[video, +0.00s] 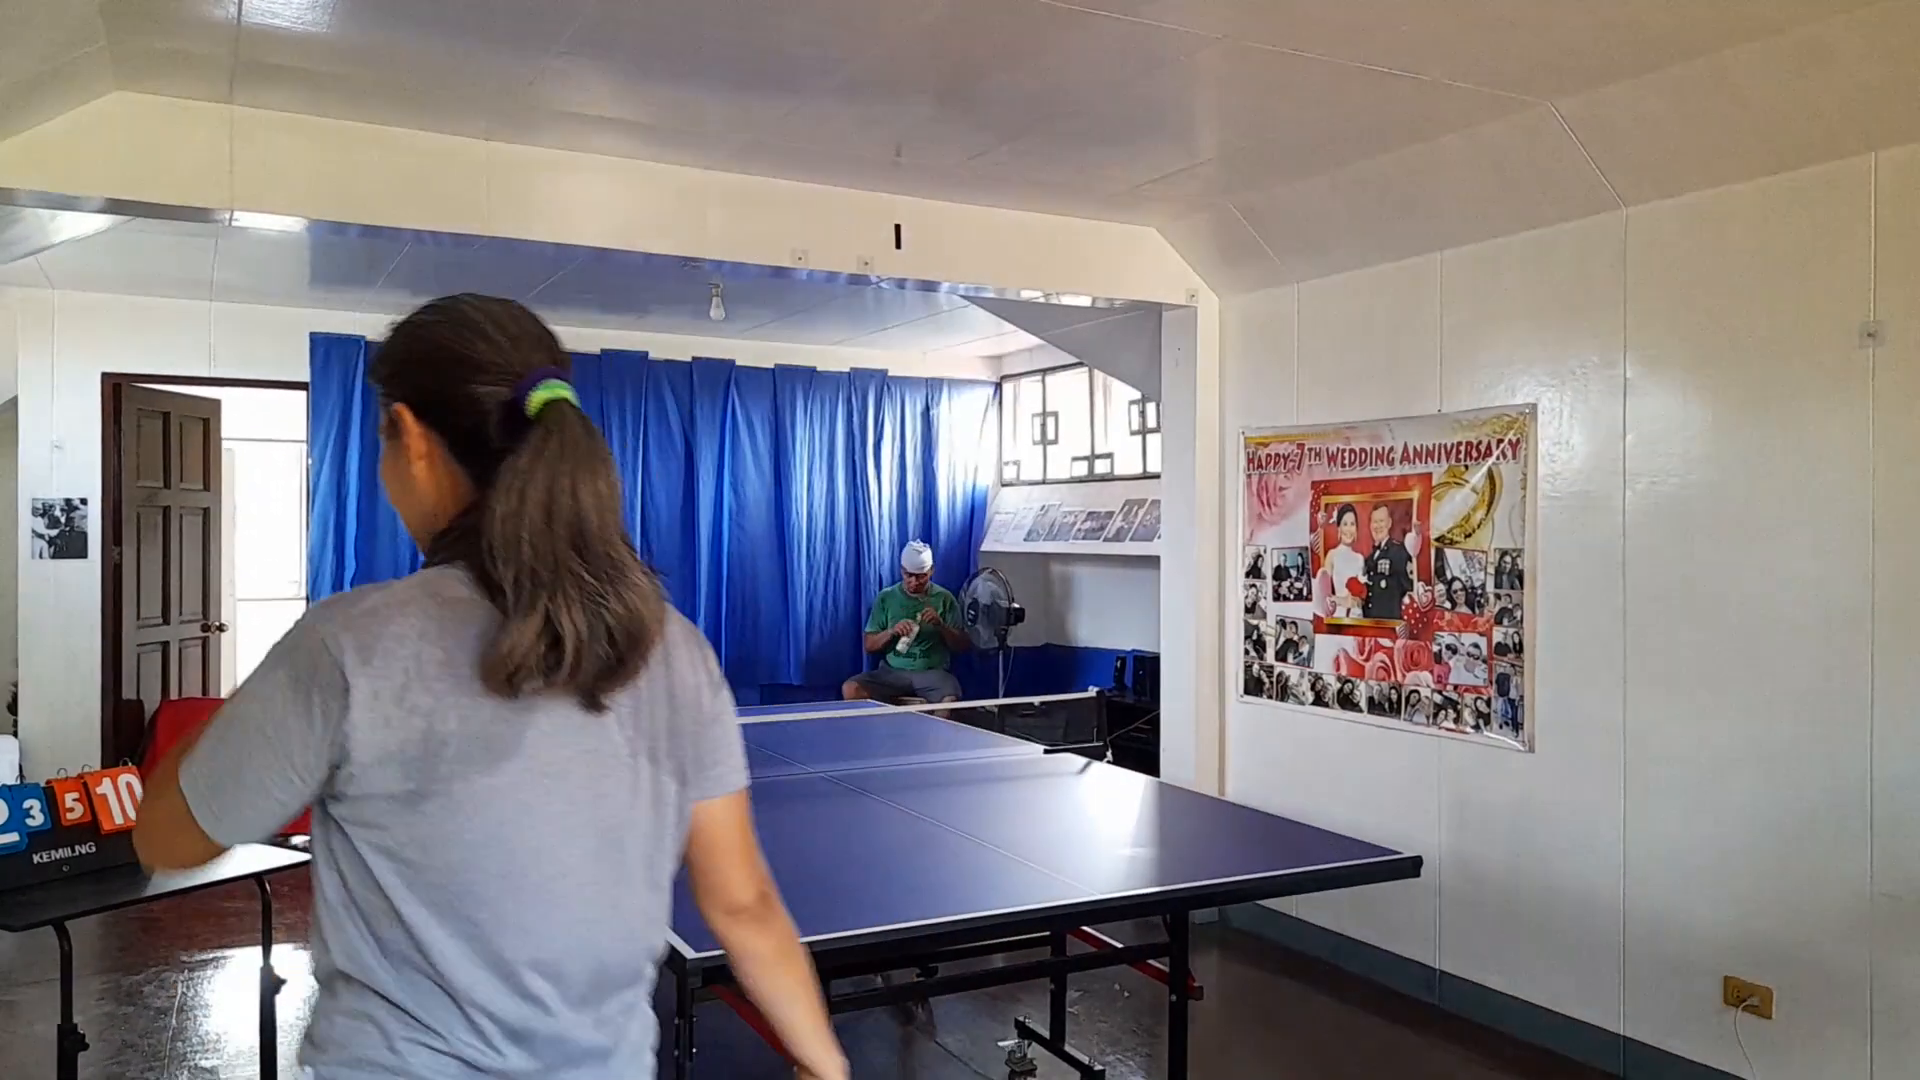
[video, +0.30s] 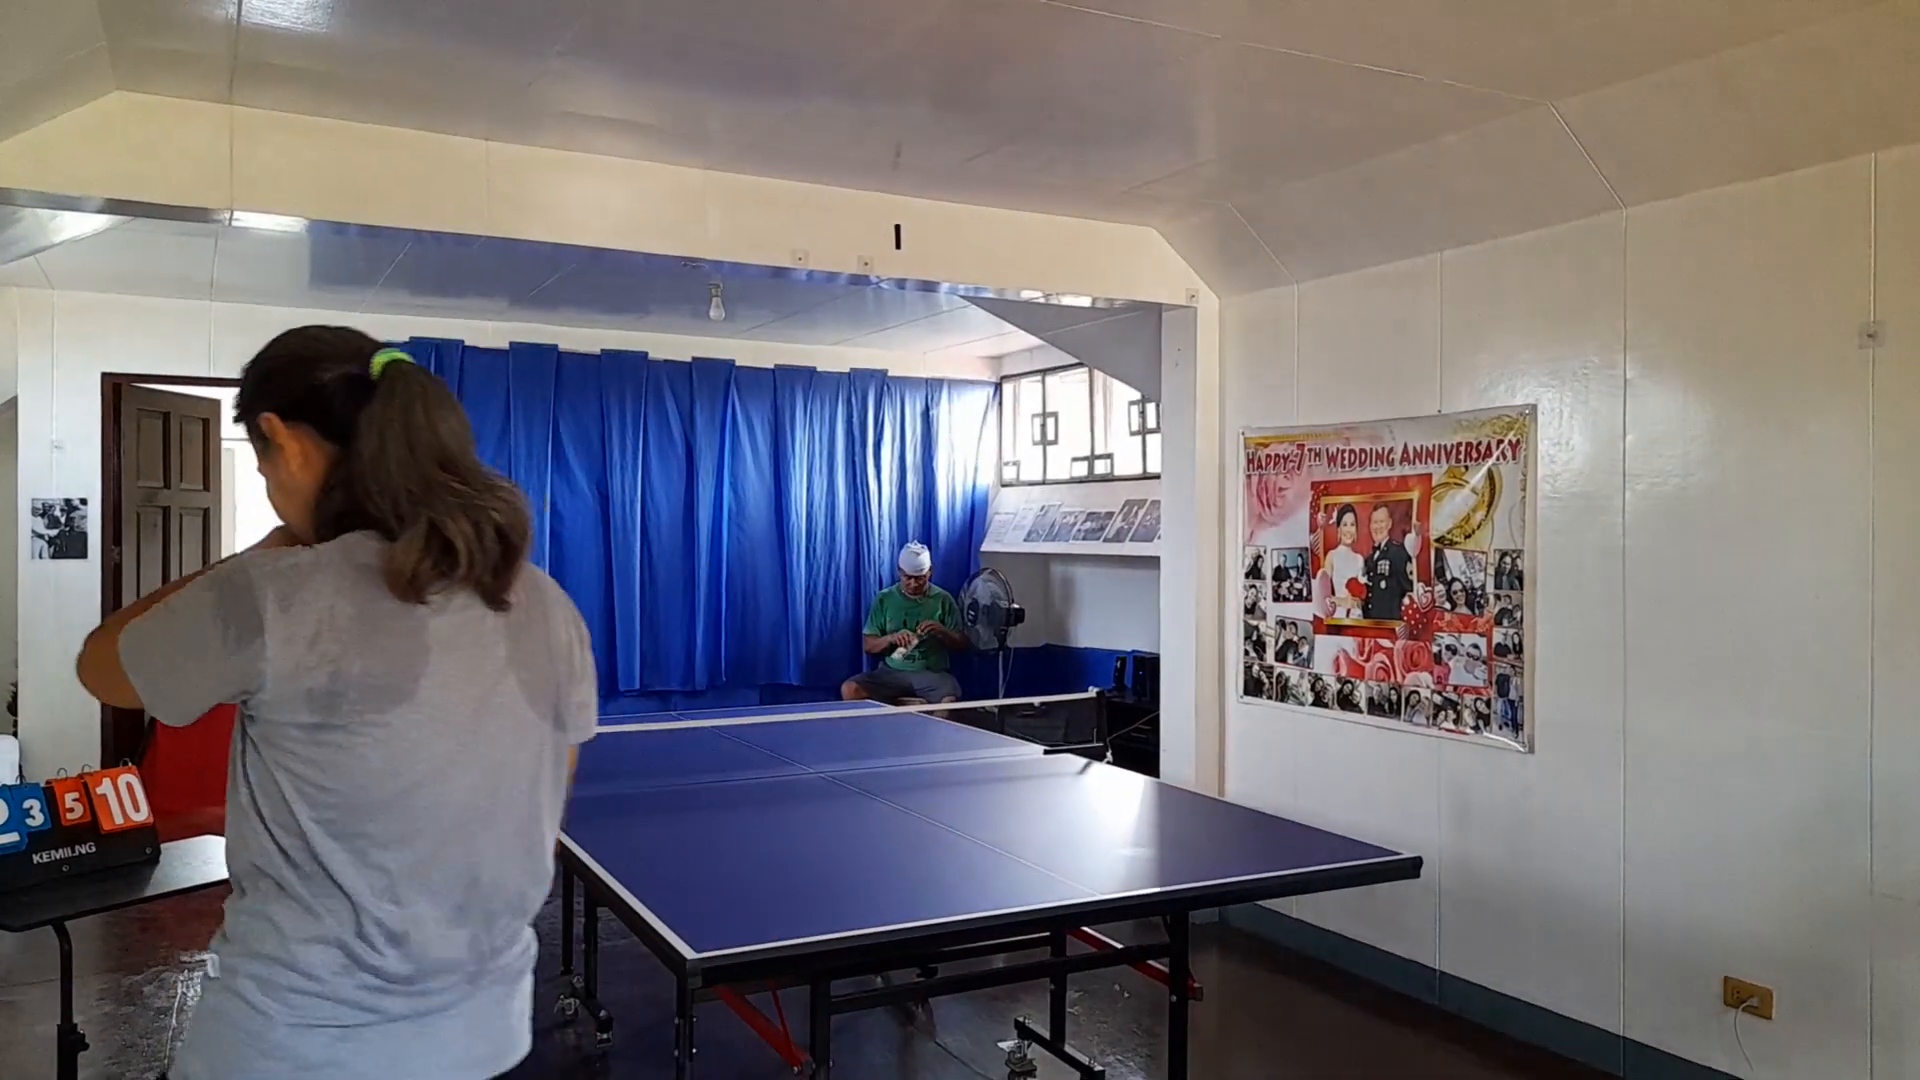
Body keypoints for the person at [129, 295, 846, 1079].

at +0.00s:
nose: (384, 473)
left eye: (384, 443)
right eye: (384, 445)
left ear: (411, 440)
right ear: (551, 430)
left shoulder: (353, 643)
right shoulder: (676, 652)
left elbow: (164, 843)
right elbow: (742, 903)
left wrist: (201, 734)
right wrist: (828, 1067)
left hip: (393, 1062)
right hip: (609, 1065)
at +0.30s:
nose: (267, 489)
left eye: (261, 458)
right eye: (261, 463)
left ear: (287, 445)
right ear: (409, 432)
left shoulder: (273, 601)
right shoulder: (547, 609)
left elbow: (99, 666)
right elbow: (547, 811)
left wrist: (263, 559)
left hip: (288, 1048)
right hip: (484, 1036)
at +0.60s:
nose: (132, 500)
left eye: (126, 482)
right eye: (124, 482)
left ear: (147, 480)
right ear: (266, 464)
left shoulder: (123, 625)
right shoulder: (389, 619)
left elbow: (9, 667)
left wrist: (123, 555)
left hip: (122, 1053)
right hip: (334, 1038)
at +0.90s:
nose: (18, 484)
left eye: (16, 465)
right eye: (17, 465)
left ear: (30, 464)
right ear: (142, 453)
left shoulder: (12, 583)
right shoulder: (253, 590)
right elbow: (307, 790)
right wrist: (354, 932)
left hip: (37, 1004)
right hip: (210, 997)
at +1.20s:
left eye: (5, 482)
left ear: (10, 490)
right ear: (127, 485)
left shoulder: (9, 594)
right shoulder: (204, 603)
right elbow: (268, 781)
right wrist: (339, 917)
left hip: (22, 963)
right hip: (163, 953)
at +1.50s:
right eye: (114, 464)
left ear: (5, 477)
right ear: (109, 475)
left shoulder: (4, 577)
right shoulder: (177, 579)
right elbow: (224, 744)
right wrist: (233, 837)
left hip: (14, 911)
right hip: (139, 905)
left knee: (17, 1067)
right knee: (110, 1067)